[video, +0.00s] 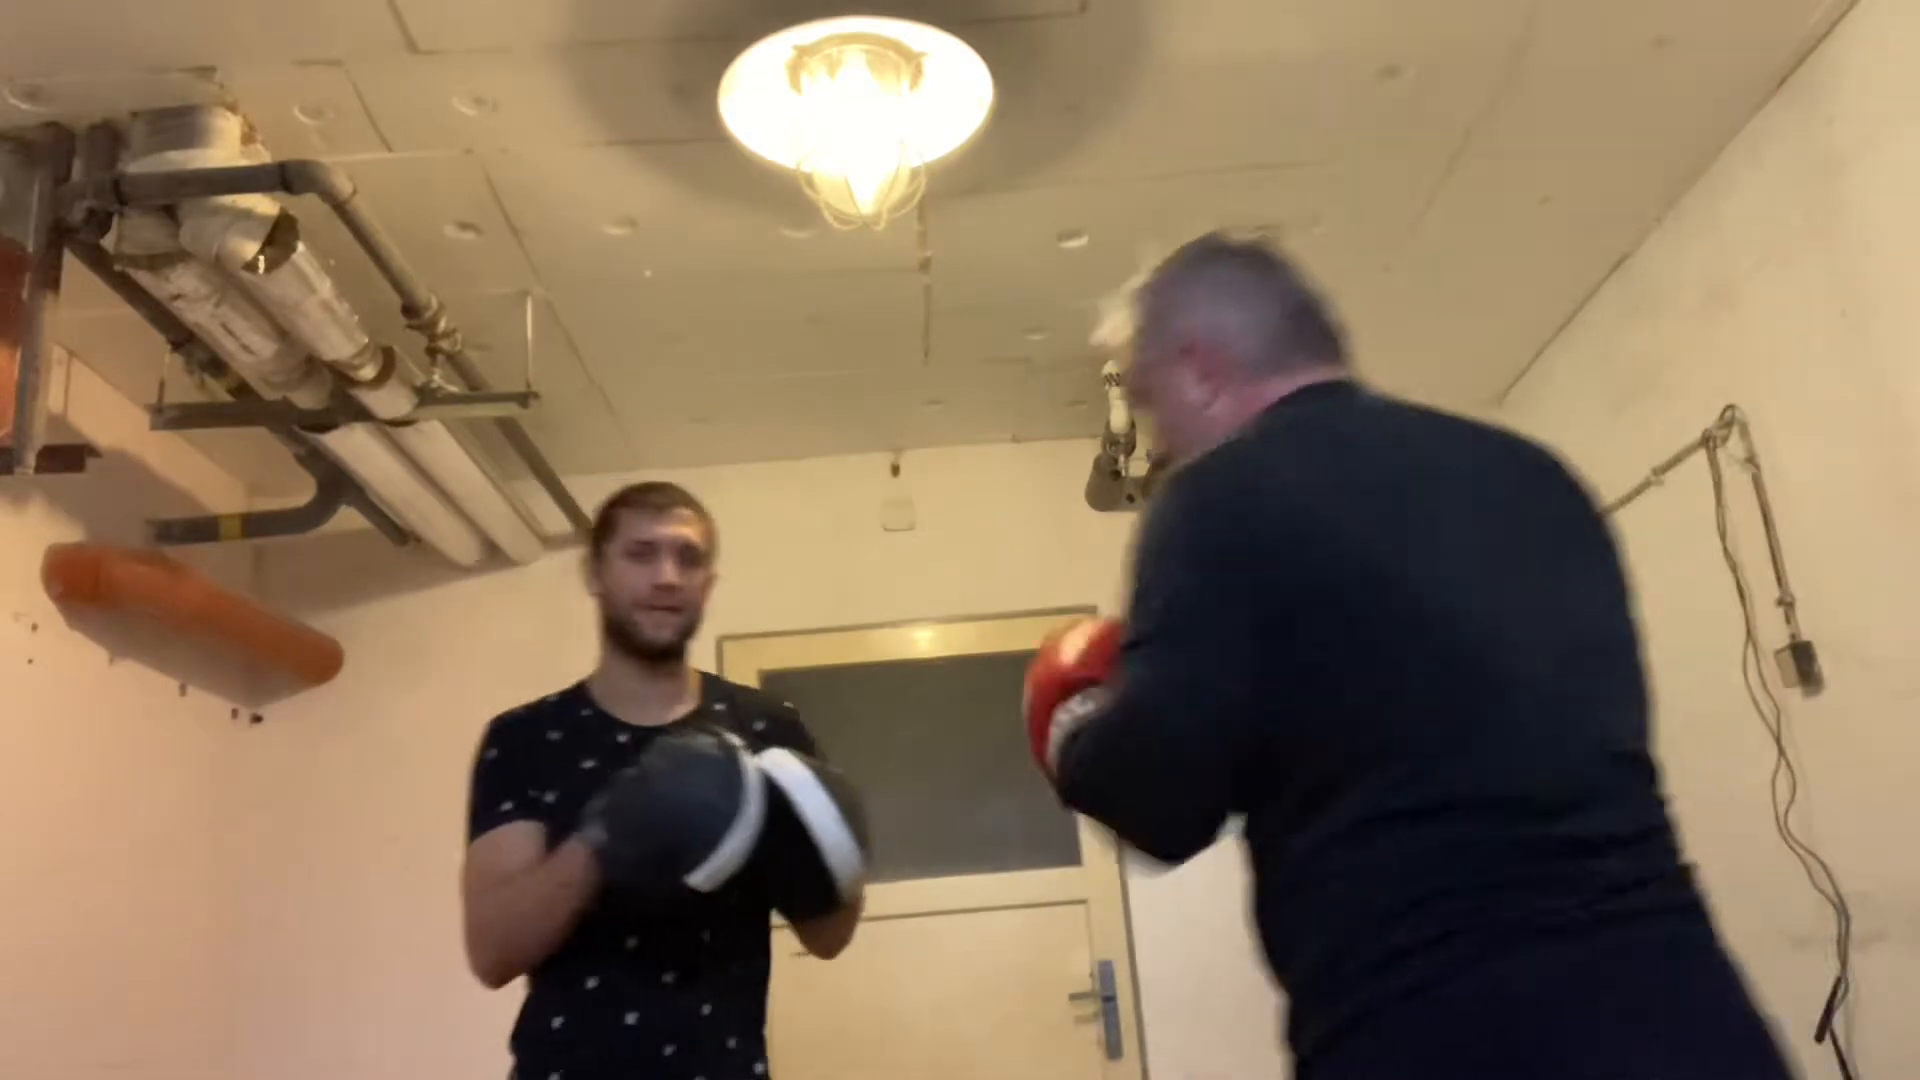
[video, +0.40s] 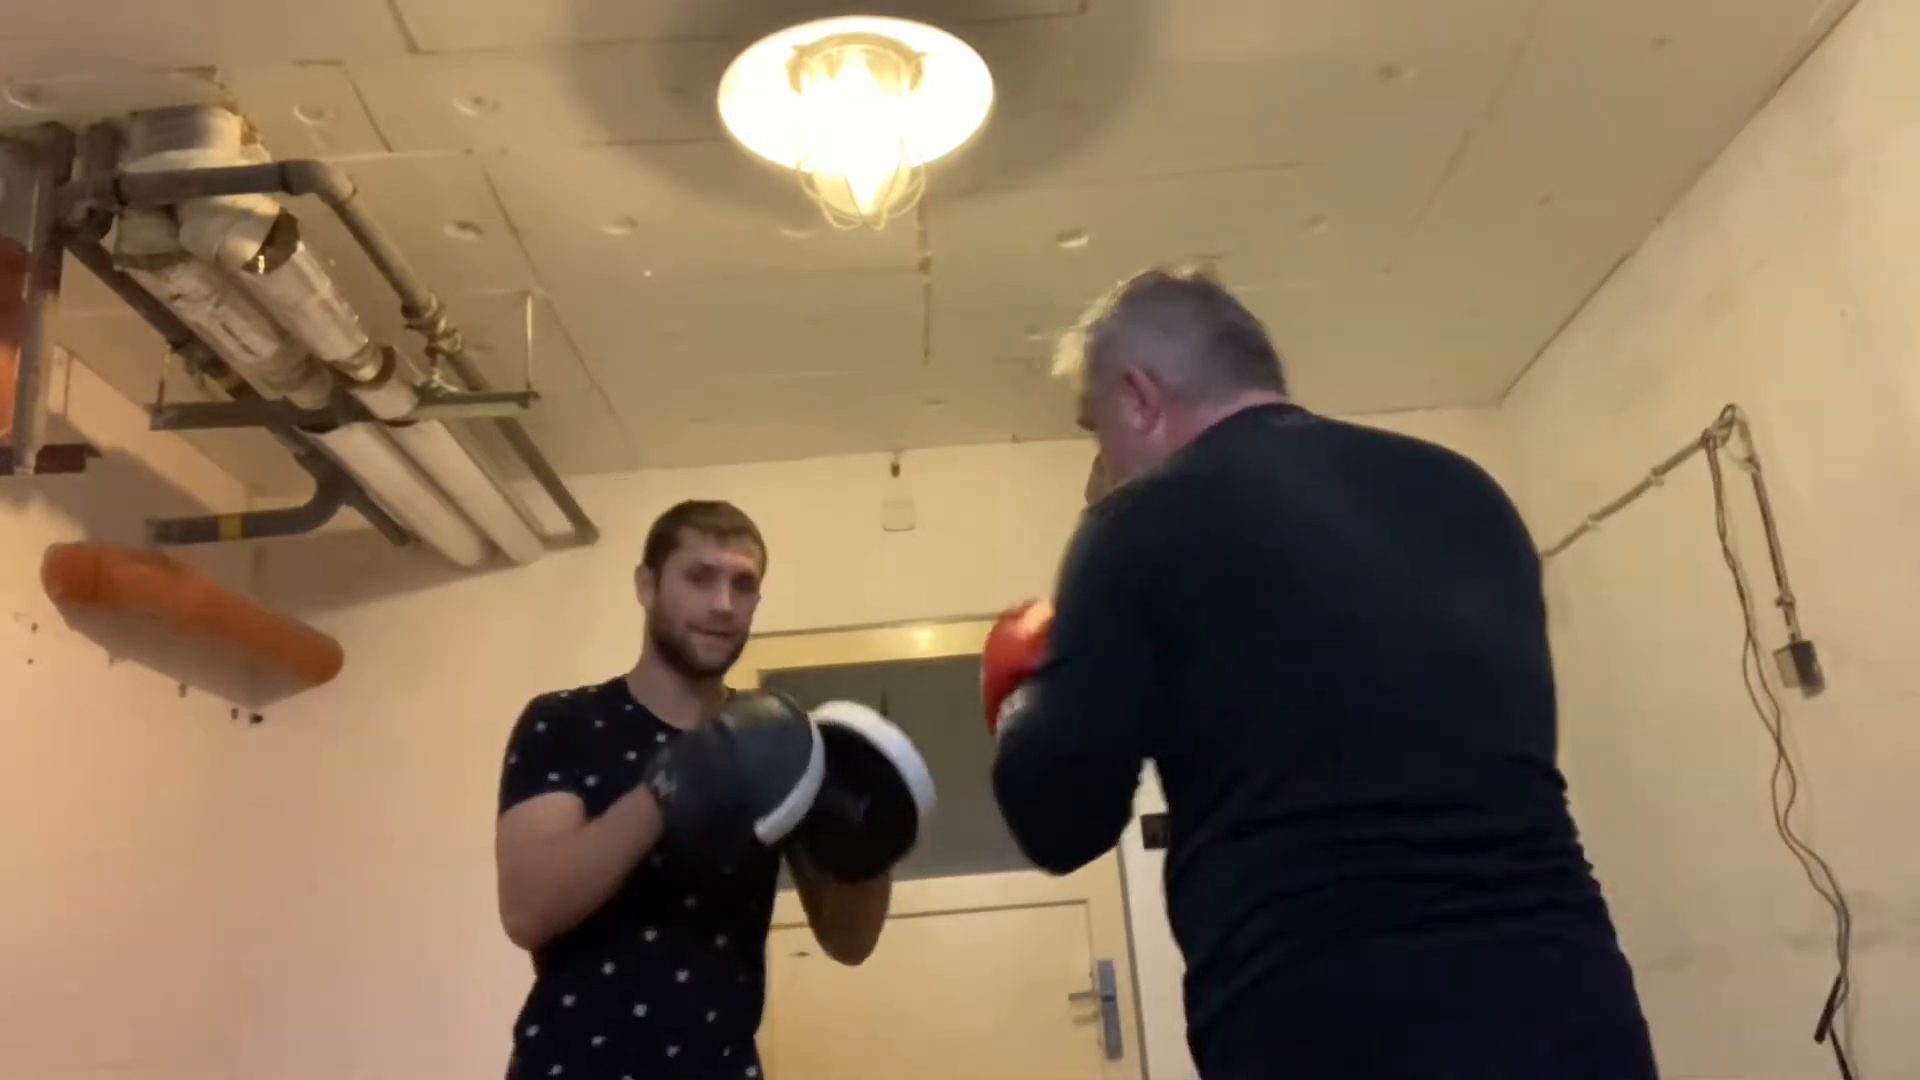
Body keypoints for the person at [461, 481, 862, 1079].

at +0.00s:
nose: (667, 578)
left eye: (688, 559)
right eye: (641, 555)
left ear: (710, 582)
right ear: (595, 574)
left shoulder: (767, 730)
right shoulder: (526, 743)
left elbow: (827, 936)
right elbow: (492, 950)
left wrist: (808, 838)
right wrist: (607, 836)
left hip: (723, 1061)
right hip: (574, 1062)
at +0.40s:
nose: (725, 605)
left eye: (744, 586)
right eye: (700, 578)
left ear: (757, 603)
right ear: (647, 587)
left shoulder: (768, 745)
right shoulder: (562, 726)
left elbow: (850, 941)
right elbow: (530, 910)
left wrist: (859, 826)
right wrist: (671, 786)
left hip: (720, 1060)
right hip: (580, 1058)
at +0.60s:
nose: (678, 624)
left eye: (691, 604)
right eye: (654, 599)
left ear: (704, 611)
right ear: (590, 602)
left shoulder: (704, 744)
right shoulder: (506, 735)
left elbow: (826, 895)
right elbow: (502, 885)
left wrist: (822, 760)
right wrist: (619, 733)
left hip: (679, 1060)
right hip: (539, 1060)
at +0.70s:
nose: (623, 635)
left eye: (637, 617)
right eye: (603, 614)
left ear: (655, 626)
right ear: (540, 615)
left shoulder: (665, 750)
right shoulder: (454, 745)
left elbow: (796, 857)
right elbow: (473, 859)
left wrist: (784, 722)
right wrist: (582, 691)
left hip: (637, 1061)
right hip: (497, 1063)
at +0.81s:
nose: (544, 635)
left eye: (559, 618)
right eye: (528, 616)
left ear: (583, 628)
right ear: (479, 625)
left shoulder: (605, 760)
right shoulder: (393, 754)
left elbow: (750, 827)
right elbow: (430, 835)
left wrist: (736, 690)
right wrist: (537, 657)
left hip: (584, 1061)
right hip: (444, 1063)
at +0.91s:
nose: (508, 635)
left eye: (521, 617)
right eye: (489, 616)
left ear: (541, 626)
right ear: (431, 631)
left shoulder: (559, 758)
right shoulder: (343, 755)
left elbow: (705, 815)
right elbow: (382, 831)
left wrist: (693, 672)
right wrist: (490, 656)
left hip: (537, 1065)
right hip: (395, 1067)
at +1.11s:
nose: (446, 631)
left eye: (457, 611)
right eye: (428, 612)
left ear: (482, 622)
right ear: (371, 625)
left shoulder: (514, 753)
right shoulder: (287, 763)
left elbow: (654, 832)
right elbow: (320, 844)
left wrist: (655, 693)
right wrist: (413, 661)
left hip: (500, 1064)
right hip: (351, 1065)